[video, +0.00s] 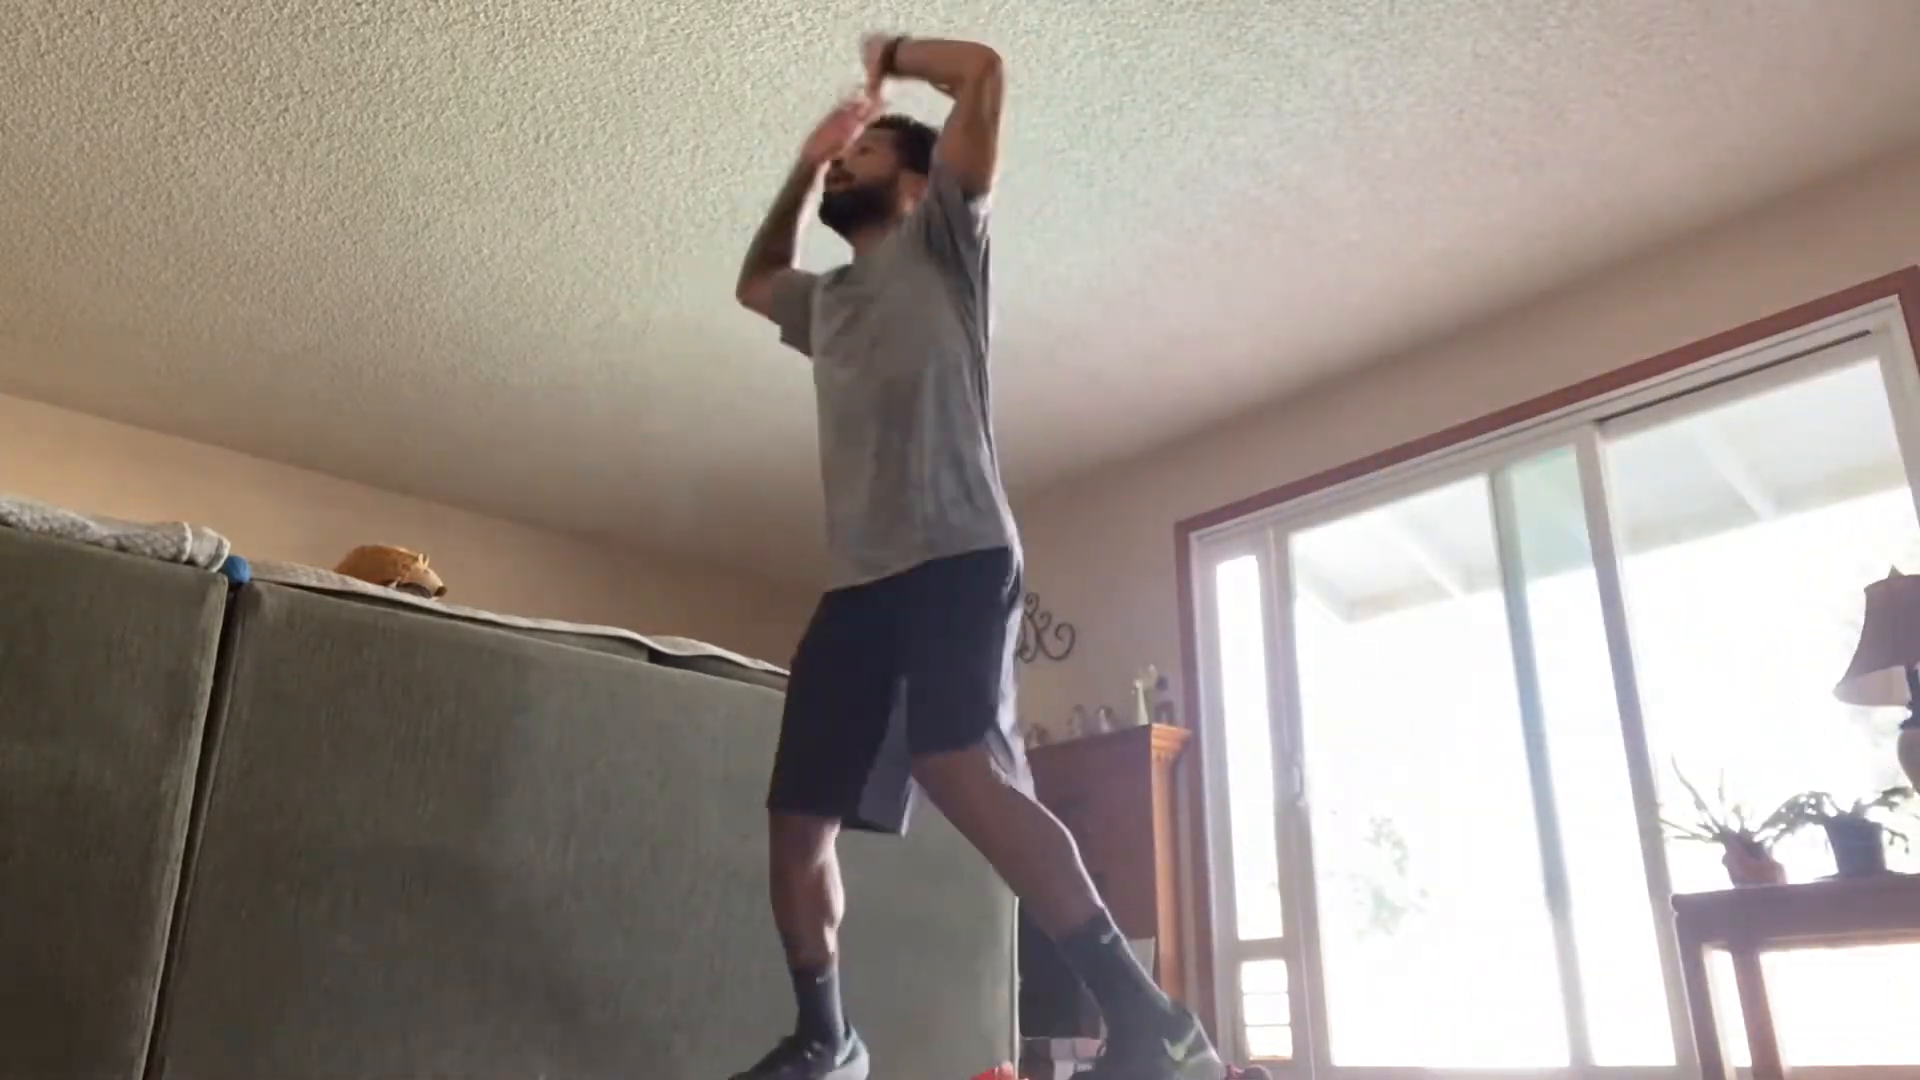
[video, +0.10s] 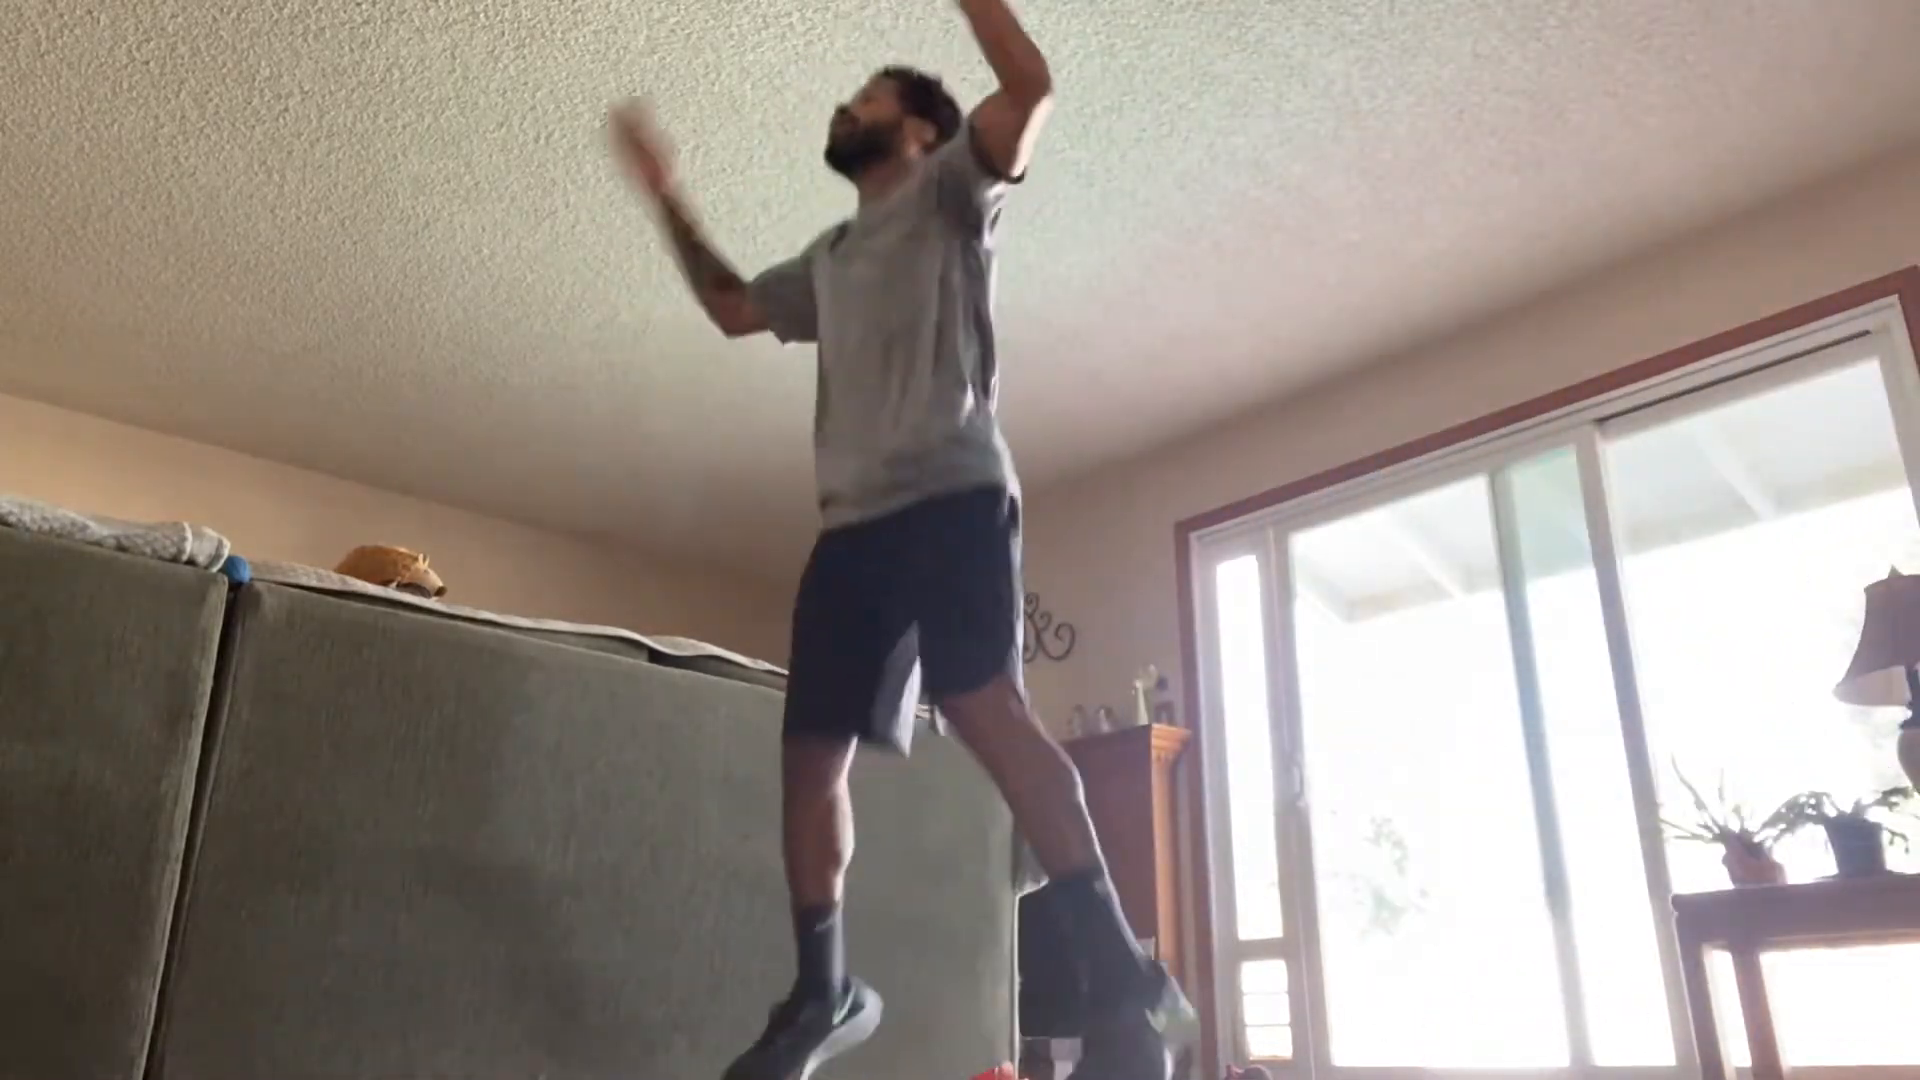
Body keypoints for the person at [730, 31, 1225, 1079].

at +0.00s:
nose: (839, 155)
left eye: (864, 143)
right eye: (834, 149)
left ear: (915, 171)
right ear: (841, 186)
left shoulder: (943, 239)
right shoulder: (827, 300)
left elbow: (983, 69)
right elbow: (758, 279)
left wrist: (891, 52)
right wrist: (806, 171)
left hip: (961, 554)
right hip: (860, 579)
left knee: (956, 762)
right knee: (798, 818)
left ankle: (1143, 1017)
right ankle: (824, 1040)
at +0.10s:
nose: (846, 106)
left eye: (870, 97)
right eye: (850, 100)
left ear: (923, 127)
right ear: (867, 140)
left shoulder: (950, 187)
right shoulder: (831, 259)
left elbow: (1028, 82)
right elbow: (733, 306)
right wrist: (667, 201)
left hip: (958, 495)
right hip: (854, 521)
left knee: (983, 703)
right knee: (812, 752)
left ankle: (1118, 962)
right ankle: (824, 991)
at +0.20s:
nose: (830, 62)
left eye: (857, 51)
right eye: (831, 56)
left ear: (908, 78)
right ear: (843, 102)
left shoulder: (941, 148)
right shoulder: (825, 223)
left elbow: (1038, 190)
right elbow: (773, 362)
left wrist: (991, 103)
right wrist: (642, 326)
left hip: (955, 437)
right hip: (858, 467)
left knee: (946, 650)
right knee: (826, 695)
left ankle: (1062, 921)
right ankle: (872, 951)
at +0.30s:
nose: (803, 70)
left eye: (829, 59)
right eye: (807, 62)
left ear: (883, 93)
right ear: (821, 111)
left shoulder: (942, 178)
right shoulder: (807, 243)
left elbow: (1017, 301)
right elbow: (827, 399)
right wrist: (735, 454)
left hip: (956, 456)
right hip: (859, 482)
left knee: (928, 671)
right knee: (844, 701)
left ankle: (1000, 965)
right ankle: (893, 973)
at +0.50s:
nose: (811, 96)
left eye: (835, 84)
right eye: (814, 88)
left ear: (889, 119)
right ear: (835, 130)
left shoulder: (936, 202)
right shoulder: (811, 275)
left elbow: (1006, 332)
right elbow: (829, 418)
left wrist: (933, 394)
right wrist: (756, 486)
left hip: (945, 495)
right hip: (851, 522)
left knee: (903, 703)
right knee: (841, 724)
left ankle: (987, 984)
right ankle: (908, 1002)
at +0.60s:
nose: (831, 58)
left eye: (855, 43)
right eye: (832, 51)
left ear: (912, 68)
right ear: (847, 92)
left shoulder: (942, 148)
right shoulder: (829, 221)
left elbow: (1032, 225)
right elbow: (803, 364)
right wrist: (668, 363)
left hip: (941, 439)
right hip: (850, 460)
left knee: (932, 655)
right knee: (839, 697)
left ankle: (1013, 943)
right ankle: (879, 958)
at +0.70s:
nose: (842, 74)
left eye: (867, 64)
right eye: (845, 66)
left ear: (920, 90)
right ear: (870, 102)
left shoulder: (949, 157)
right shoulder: (838, 233)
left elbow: (1056, 96)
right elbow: (762, 331)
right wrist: (668, 242)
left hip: (940, 442)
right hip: (842, 468)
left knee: (949, 660)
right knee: (805, 703)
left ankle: (1060, 939)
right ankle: (844, 962)